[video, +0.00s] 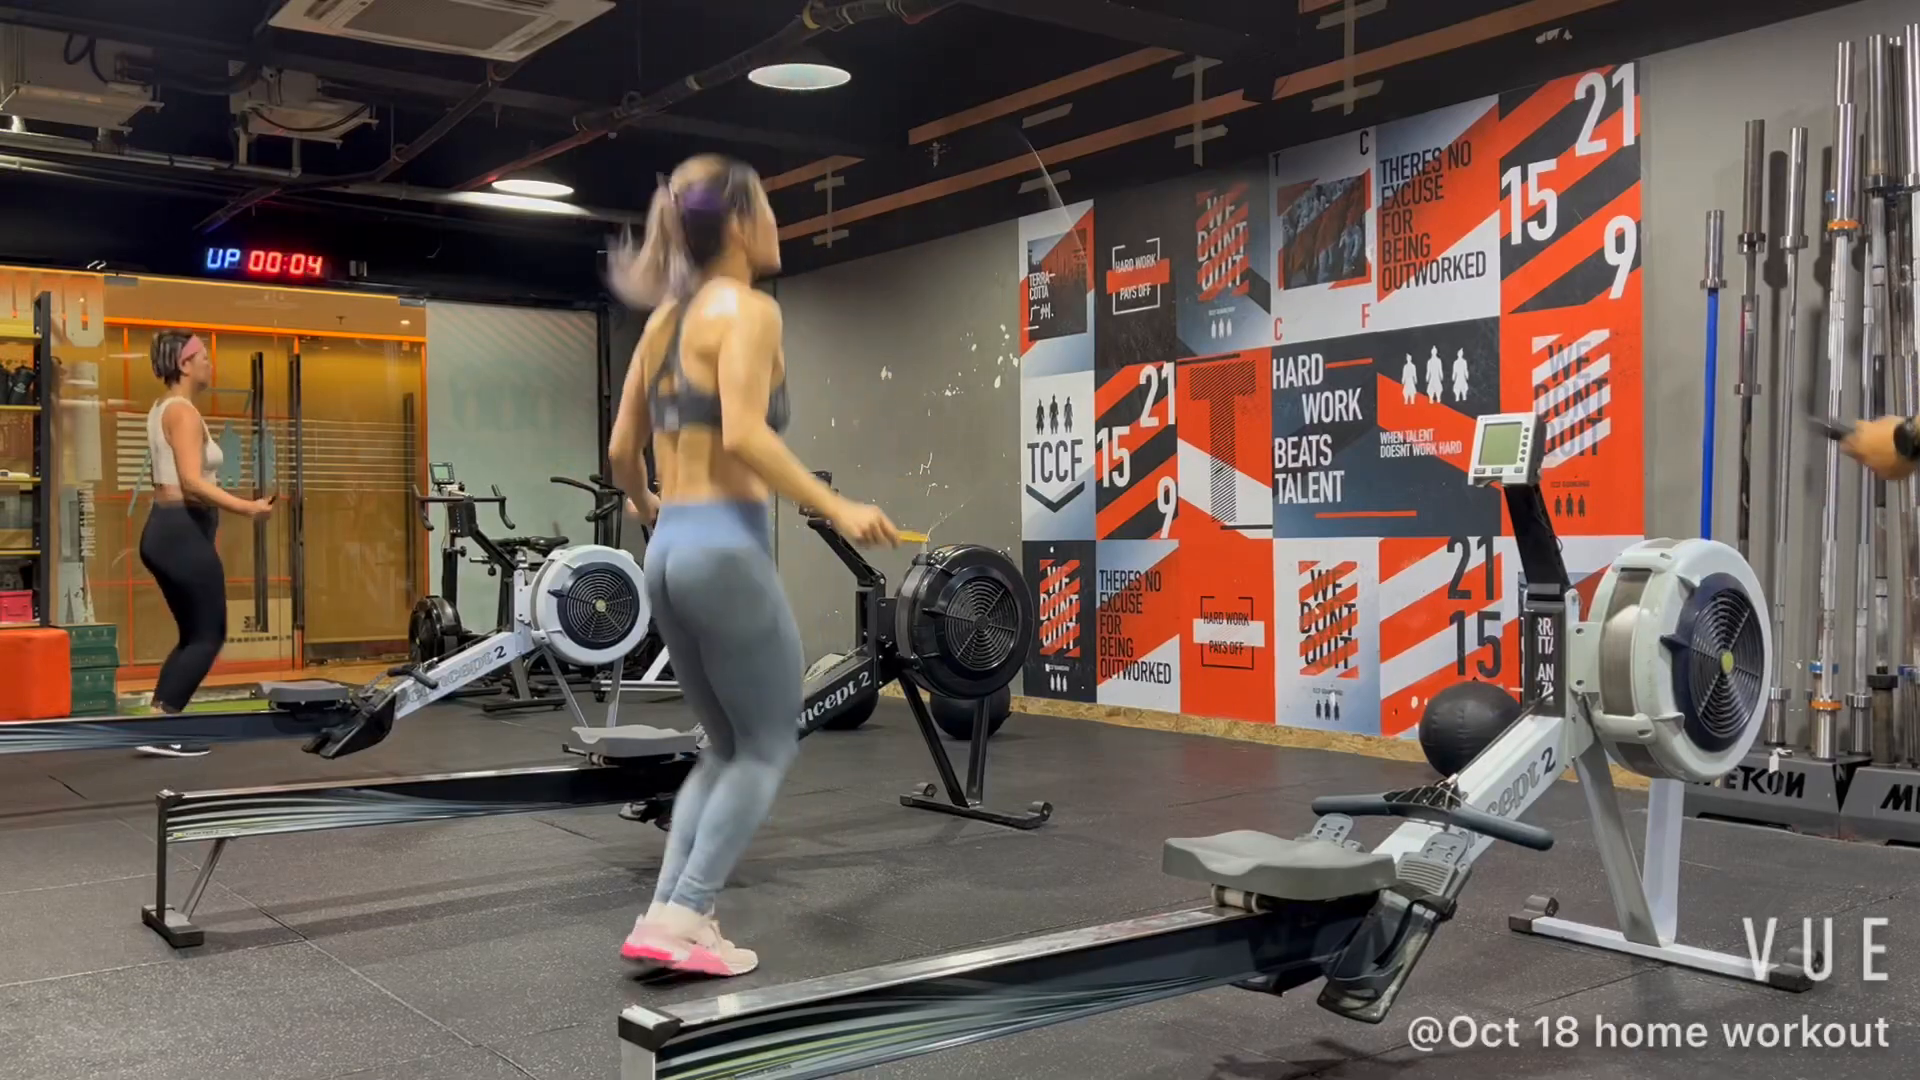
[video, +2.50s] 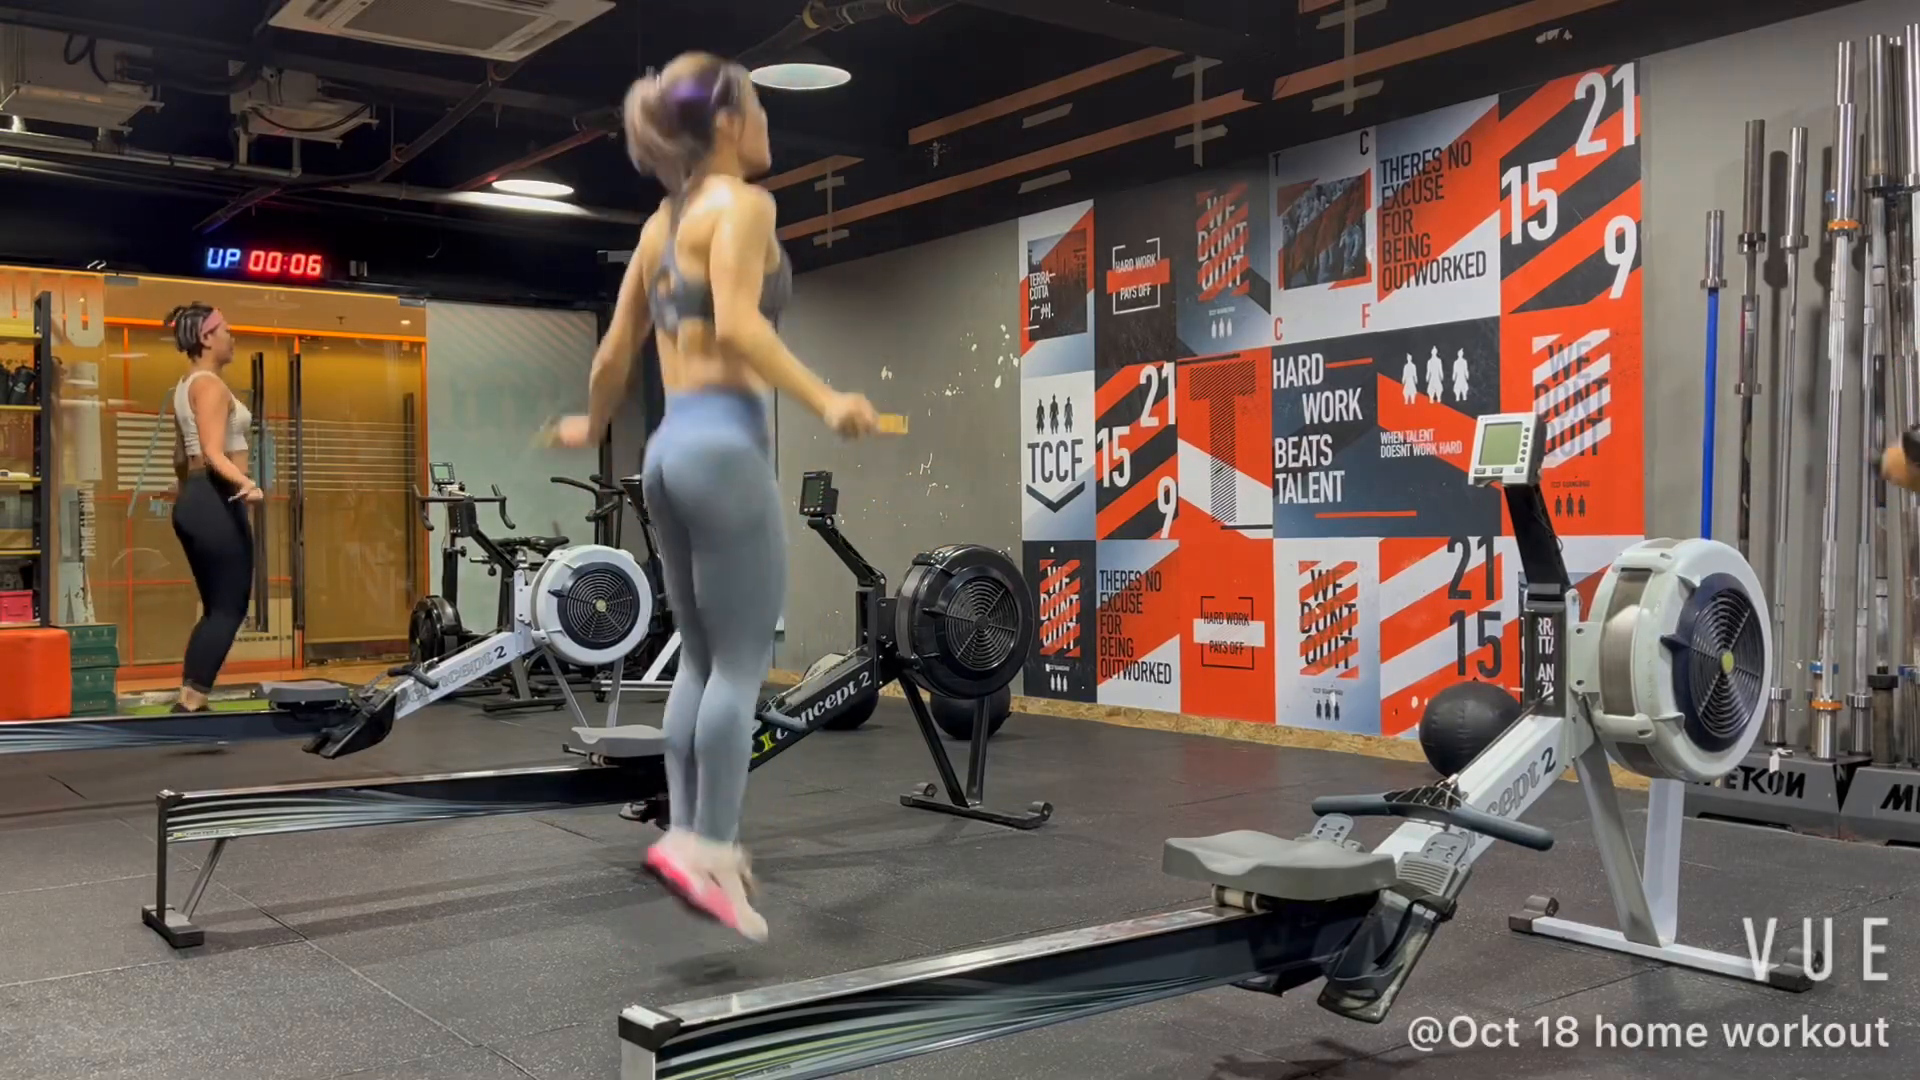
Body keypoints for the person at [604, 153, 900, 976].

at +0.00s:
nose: (776, 225)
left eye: (768, 210)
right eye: (765, 211)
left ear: (704, 230)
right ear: (740, 225)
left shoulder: (666, 320)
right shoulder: (749, 310)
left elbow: (623, 452)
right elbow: (743, 437)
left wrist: (659, 512)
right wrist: (837, 506)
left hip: (664, 553)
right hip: (721, 550)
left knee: (724, 746)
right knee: (767, 745)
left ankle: (666, 913)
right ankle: (685, 915)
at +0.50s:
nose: (775, 217)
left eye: (768, 203)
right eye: (764, 204)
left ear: (707, 227)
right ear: (736, 220)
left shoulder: (668, 312)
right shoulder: (746, 306)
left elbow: (618, 438)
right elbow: (733, 434)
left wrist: (615, 481)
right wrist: (828, 506)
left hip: (669, 542)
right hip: (719, 541)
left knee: (729, 747)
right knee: (761, 745)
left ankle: (672, 915)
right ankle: (683, 922)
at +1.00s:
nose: (773, 144)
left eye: (768, 128)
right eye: (763, 130)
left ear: (705, 146)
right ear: (733, 141)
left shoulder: (664, 240)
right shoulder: (746, 223)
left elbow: (609, 358)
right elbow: (730, 343)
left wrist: (559, 440)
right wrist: (805, 425)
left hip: (659, 465)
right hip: (717, 462)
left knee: (702, 671)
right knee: (739, 672)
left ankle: (681, 847)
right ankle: (714, 862)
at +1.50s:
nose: (763, 96)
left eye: (759, 80)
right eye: (754, 82)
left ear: (691, 96)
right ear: (722, 87)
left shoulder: (654, 188)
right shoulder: (739, 166)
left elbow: (616, 319)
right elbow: (722, 285)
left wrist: (605, 413)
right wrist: (791, 381)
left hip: (657, 412)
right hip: (714, 408)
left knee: (704, 621)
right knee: (750, 618)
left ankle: (689, 795)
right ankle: (712, 805)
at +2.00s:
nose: (769, 91)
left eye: (763, 75)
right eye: (760, 75)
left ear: (701, 90)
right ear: (732, 81)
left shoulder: (660, 178)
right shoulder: (747, 164)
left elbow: (615, 307)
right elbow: (735, 283)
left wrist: (630, 380)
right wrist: (816, 373)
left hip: (652, 409)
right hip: (711, 402)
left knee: (705, 614)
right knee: (754, 608)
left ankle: (683, 786)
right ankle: (704, 792)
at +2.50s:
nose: (763, 123)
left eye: (756, 108)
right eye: (754, 110)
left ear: (684, 133)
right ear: (727, 123)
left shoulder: (659, 223)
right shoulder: (744, 203)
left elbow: (617, 349)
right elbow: (736, 323)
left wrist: (589, 424)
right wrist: (827, 401)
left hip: (669, 446)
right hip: (721, 443)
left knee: (699, 657)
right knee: (739, 659)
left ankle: (689, 838)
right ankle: (711, 846)